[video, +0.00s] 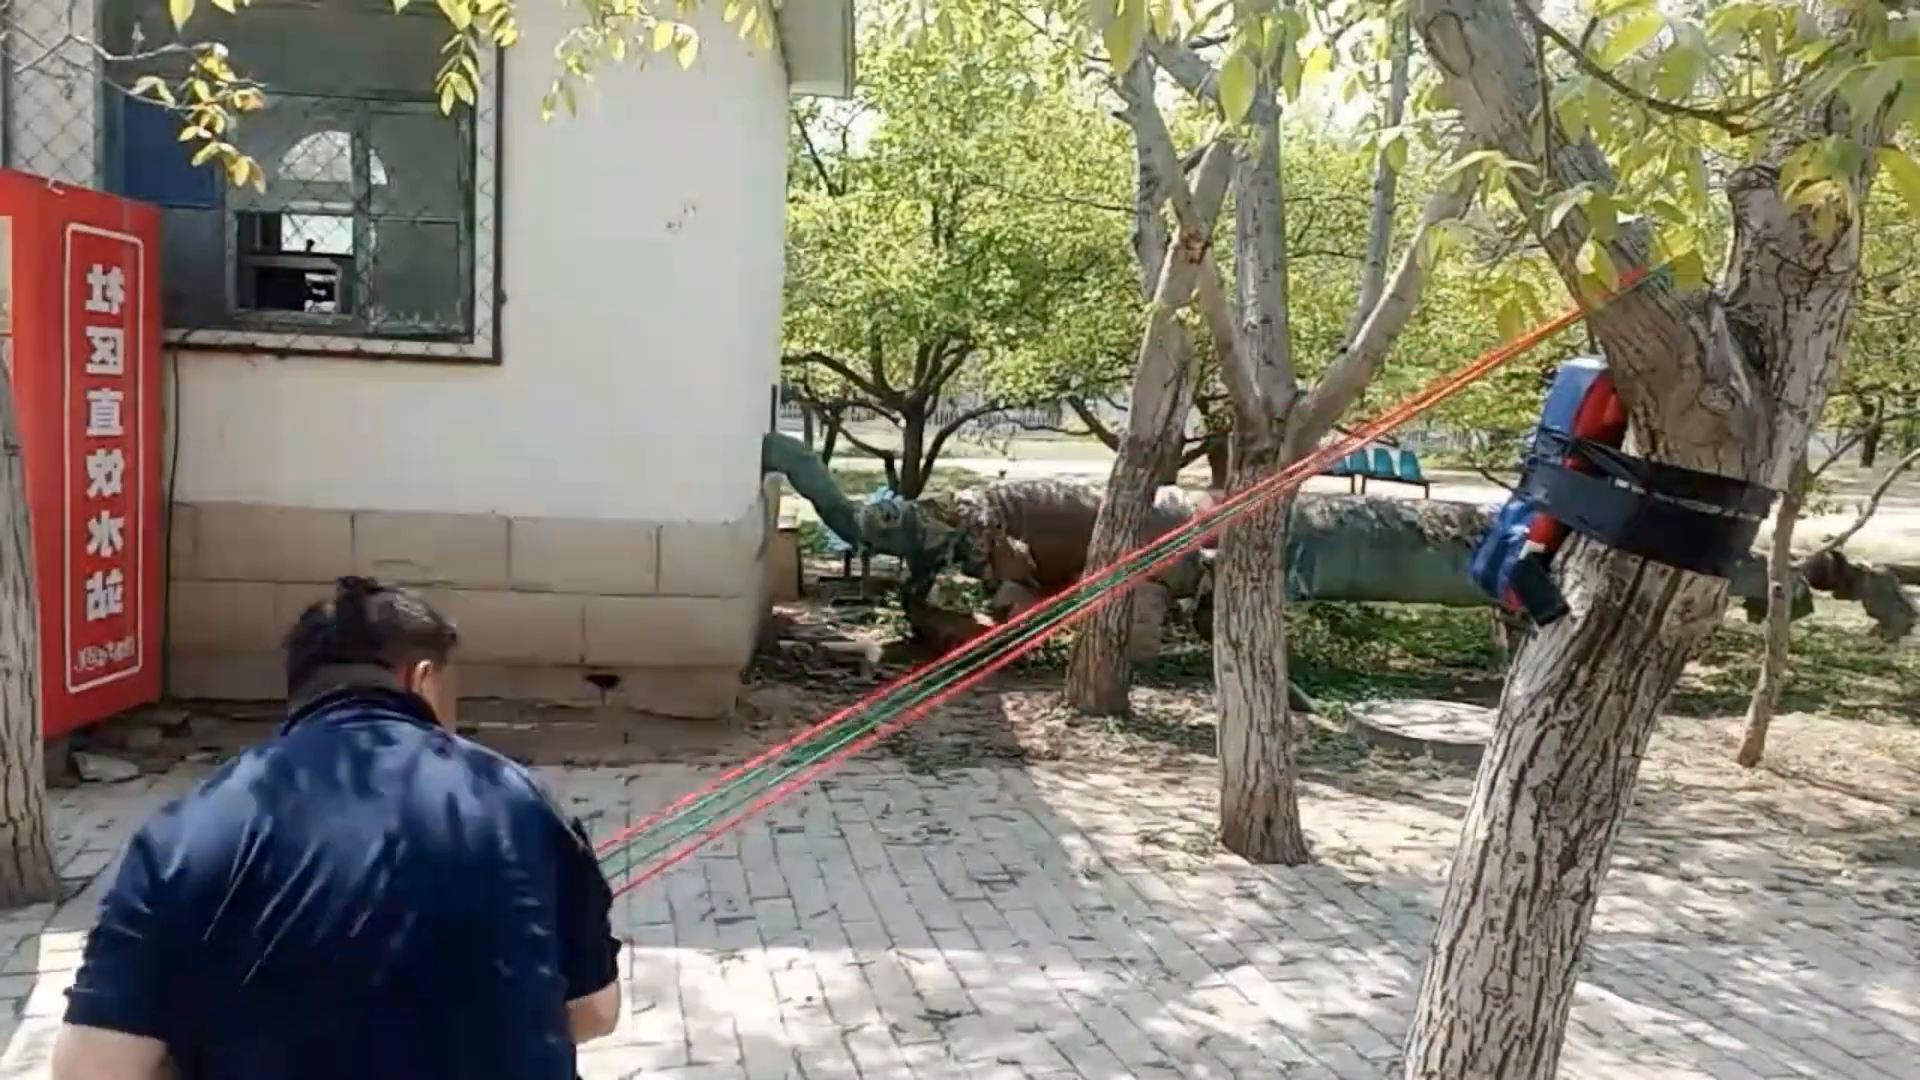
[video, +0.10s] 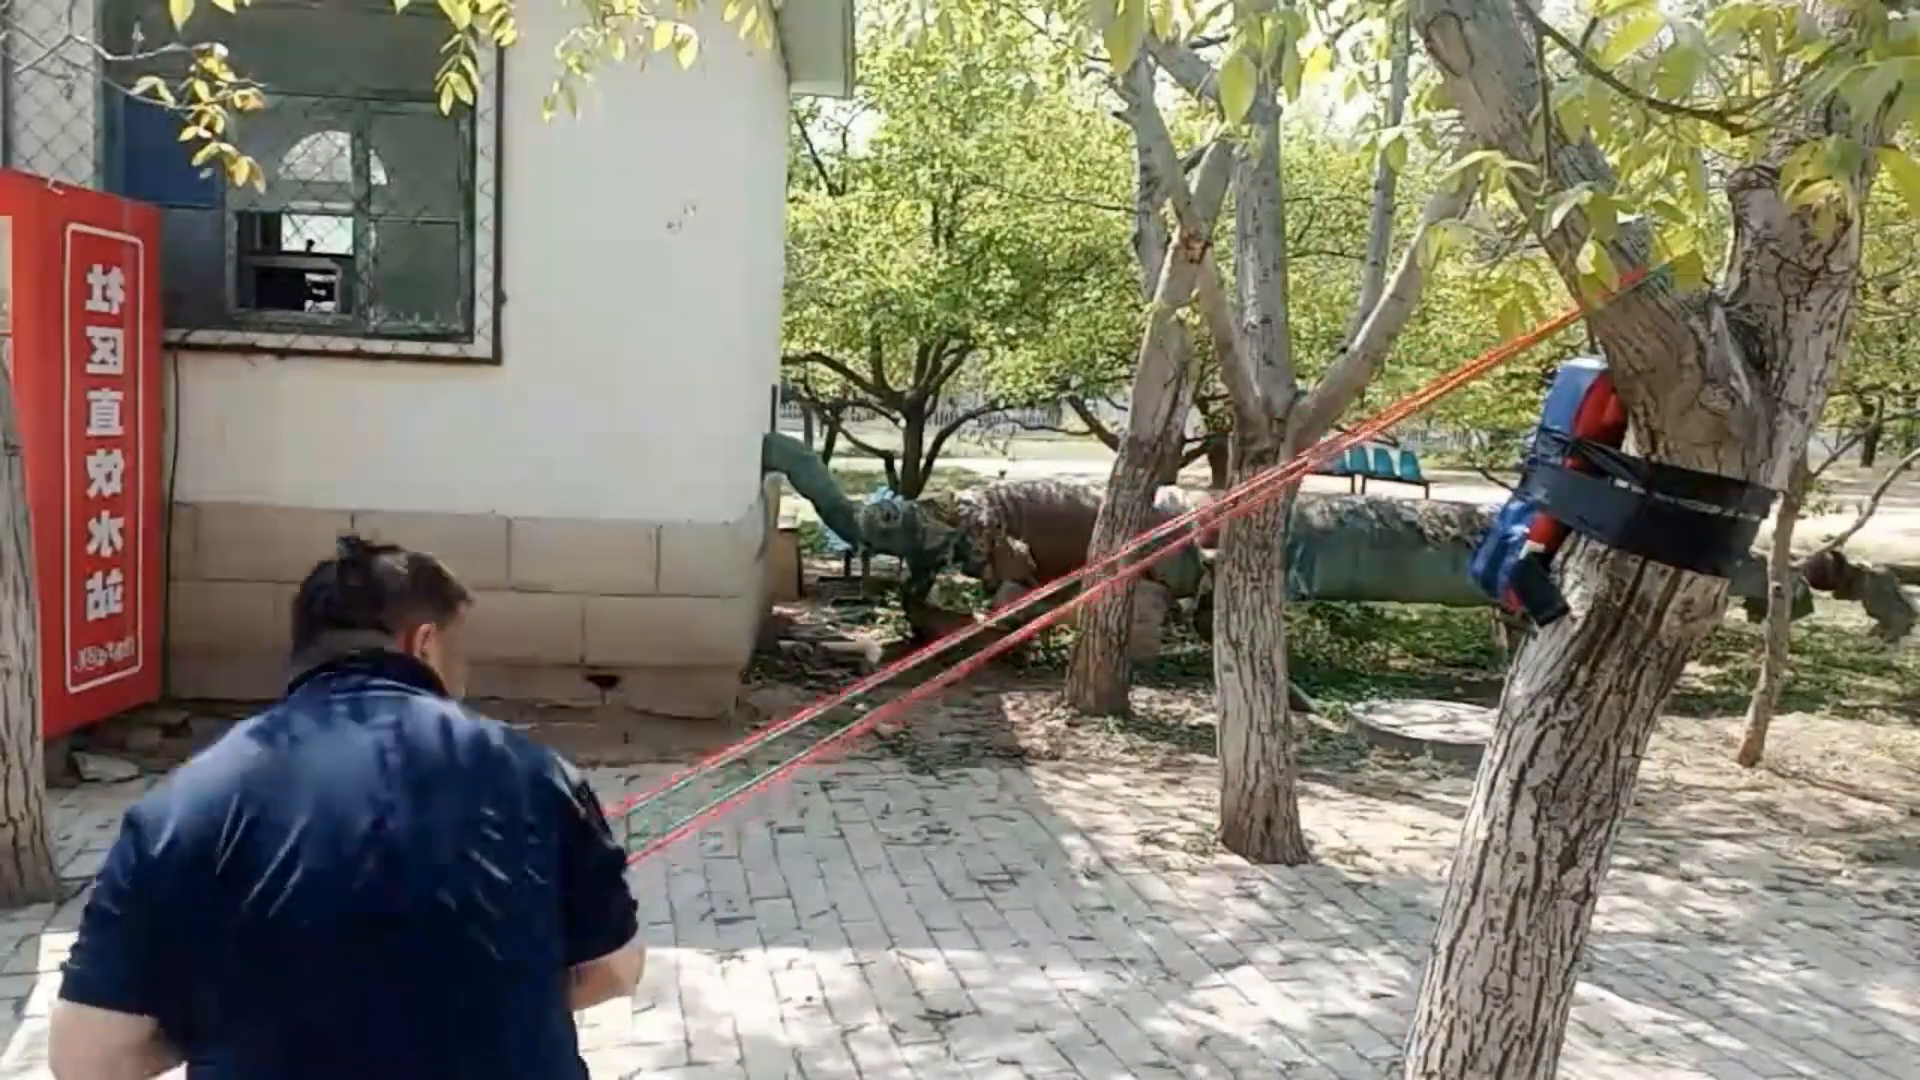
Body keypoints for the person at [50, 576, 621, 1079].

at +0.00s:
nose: (456, 708)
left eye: (457, 687)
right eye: (454, 688)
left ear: (298, 694)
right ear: (421, 683)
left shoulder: (181, 831)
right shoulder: (516, 801)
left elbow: (94, 1060)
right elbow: (594, 1011)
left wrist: (220, 1034)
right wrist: (466, 1022)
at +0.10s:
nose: (464, 675)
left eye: (464, 650)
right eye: (460, 651)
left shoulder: (179, 807)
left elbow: (86, 1055)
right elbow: (613, 965)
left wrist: (231, 1004)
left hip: (274, 1070)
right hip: (500, 1071)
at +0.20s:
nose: (455, 549)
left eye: (454, 520)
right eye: (448, 519)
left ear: (288, 529)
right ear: (383, 523)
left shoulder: (158, 696)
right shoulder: (497, 654)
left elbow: (125, 928)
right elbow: (636, 827)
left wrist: (243, 876)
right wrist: (570, 893)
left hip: (236, 1066)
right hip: (478, 1063)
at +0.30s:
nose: (451, 474)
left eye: (444, 446)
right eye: (434, 446)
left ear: (275, 469)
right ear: (358, 466)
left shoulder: (163, 631)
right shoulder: (483, 606)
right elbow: (631, 795)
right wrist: (642, 848)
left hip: (219, 1054)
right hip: (453, 1051)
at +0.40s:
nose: (468, 386)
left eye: (456, 356)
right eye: (446, 355)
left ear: (341, 388)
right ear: (352, 382)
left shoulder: (238, 524)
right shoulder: (434, 548)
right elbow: (603, 749)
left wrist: (518, 614)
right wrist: (709, 722)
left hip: (234, 1008)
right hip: (419, 1026)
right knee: (602, 1067)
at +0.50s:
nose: (485, 357)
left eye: (470, 326)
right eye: (459, 326)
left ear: (357, 366)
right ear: (363, 362)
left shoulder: (290, 491)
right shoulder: (412, 539)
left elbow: (444, 648)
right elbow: (592, 736)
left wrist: (605, 601)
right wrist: (736, 681)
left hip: (268, 1005)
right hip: (422, 1030)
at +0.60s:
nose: (540, 344)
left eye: (525, 315)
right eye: (511, 318)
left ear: (412, 368)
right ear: (412, 363)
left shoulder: (402, 493)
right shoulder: (420, 542)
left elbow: (599, 609)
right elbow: (659, 723)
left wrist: (775, 582)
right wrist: (836, 653)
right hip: (420, 1042)